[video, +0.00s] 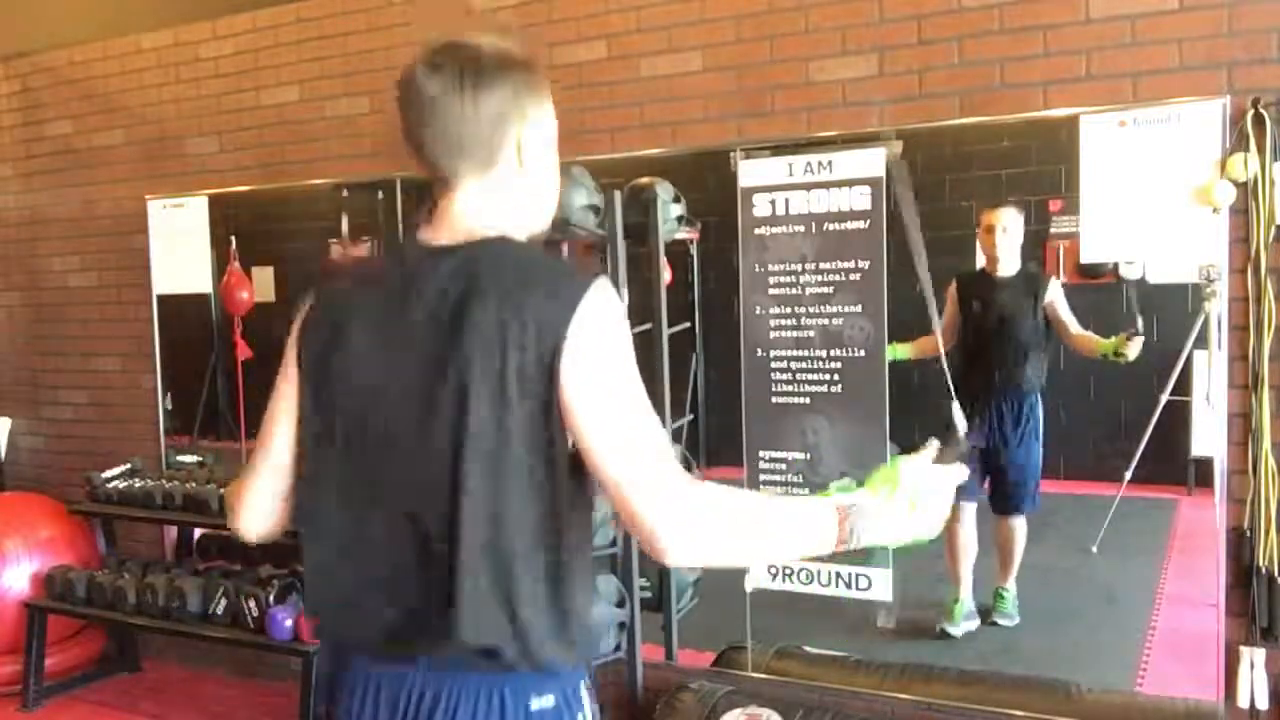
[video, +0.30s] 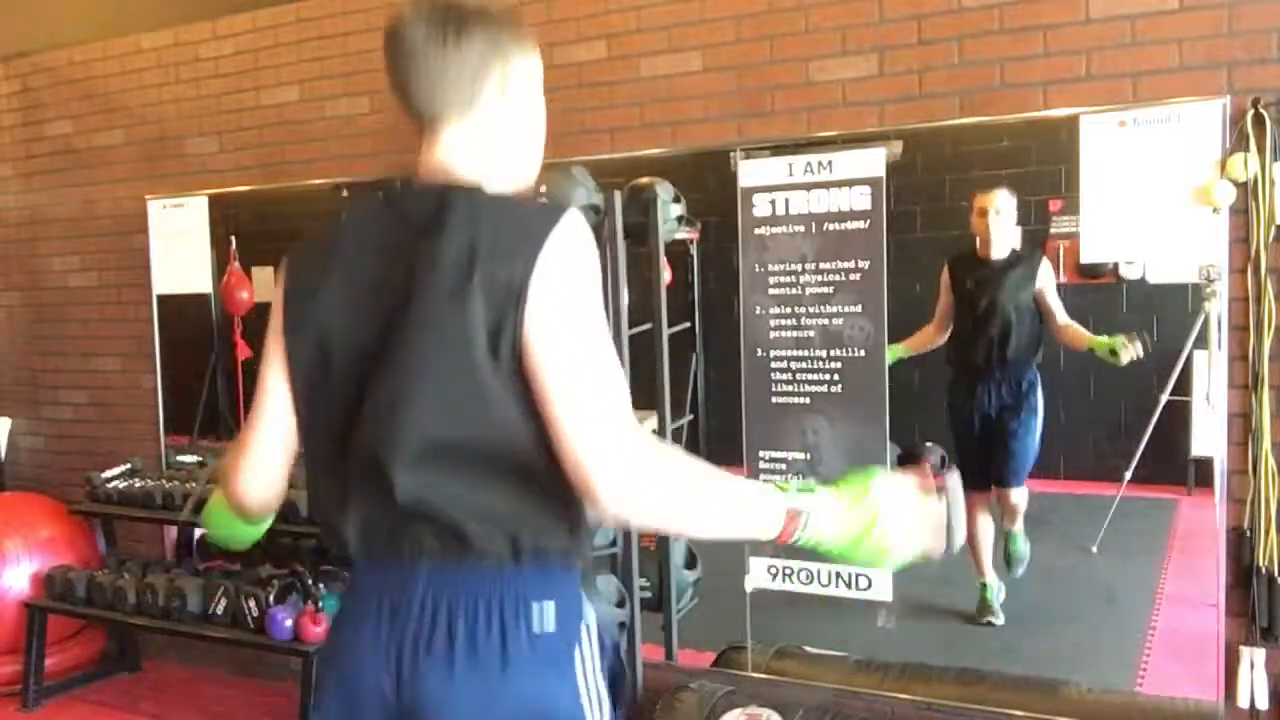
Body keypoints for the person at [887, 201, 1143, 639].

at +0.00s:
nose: (995, 239)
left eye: (1004, 231)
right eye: (989, 230)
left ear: (1021, 236)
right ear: (978, 236)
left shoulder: (1043, 288)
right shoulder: (961, 288)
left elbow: (1075, 337)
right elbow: (943, 341)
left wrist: (1110, 347)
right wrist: (895, 350)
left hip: (1021, 406)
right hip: (968, 404)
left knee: (1011, 506)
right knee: (960, 505)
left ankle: (1006, 592)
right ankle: (962, 603)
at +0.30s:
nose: (986, 221)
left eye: (995, 213)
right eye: (980, 212)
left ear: (1013, 219)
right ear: (971, 218)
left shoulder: (1035, 267)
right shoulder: (956, 269)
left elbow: (1061, 326)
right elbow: (938, 329)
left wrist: (1101, 344)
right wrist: (894, 351)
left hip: (1020, 386)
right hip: (969, 387)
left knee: (1009, 492)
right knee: (976, 495)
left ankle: (1012, 532)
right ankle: (987, 586)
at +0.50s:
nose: (988, 213)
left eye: (997, 204)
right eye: (982, 204)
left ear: (1014, 213)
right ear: (971, 212)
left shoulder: (1034, 263)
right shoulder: (953, 266)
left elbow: (1062, 320)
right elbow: (932, 323)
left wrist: (1099, 347)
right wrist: (897, 352)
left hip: (1021, 382)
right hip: (971, 383)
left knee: (1011, 484)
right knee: (979, 494)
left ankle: (1017, 543)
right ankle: (989, 585)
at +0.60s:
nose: (989, 203)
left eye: (998, 196)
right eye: (983, 195)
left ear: (1014, 203)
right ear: (973, 202)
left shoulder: (1035, 253)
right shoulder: (954, 257)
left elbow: (1062, 315)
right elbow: (933, 319)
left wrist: (1103, 352)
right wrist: (898, 360)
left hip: (1021, 372)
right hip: (972, 372)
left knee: (1011, 469)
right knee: (982, 476)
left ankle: (1016, 565)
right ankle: (992, 574)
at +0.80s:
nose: (989, 237)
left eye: (997, 228)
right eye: (983, 228)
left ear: (1016, 234)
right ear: (971, 235)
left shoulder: (1037, 283)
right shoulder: (956, 284)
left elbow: (1066, 334)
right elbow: (932, 337)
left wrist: (1100, 341)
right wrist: (895, 344)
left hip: (1025, 401)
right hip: (975, 402)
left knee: (1015, 502)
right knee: (982, 508)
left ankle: (1011, 602)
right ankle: (1004, 588)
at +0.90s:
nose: (994, 213)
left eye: (1003, 205)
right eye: (988, 204)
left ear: (1020, 212)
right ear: (976, 211)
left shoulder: (1040, 263)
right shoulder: (959, 260)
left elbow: (1065, 322)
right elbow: (937, 320)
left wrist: (1102, 347)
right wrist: (899, 348)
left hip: (1026, 378)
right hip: (976, 378)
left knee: (1016, 479)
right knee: (985, 485)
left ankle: (1009, 584)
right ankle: (999, 580)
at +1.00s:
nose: (997, 205)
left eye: (1006, 196)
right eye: (990, 196)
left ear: (1023, 203)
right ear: (978, 202)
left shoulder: (1043, 253)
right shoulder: (961, 253)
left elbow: (1065, 318)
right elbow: (941, 316)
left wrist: (1106, 352)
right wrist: (902, 355)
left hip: (1025, 373)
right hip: (975, 372)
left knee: (1013, 476)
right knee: (981, 485)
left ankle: (1011, 577)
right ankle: (1011, 557)